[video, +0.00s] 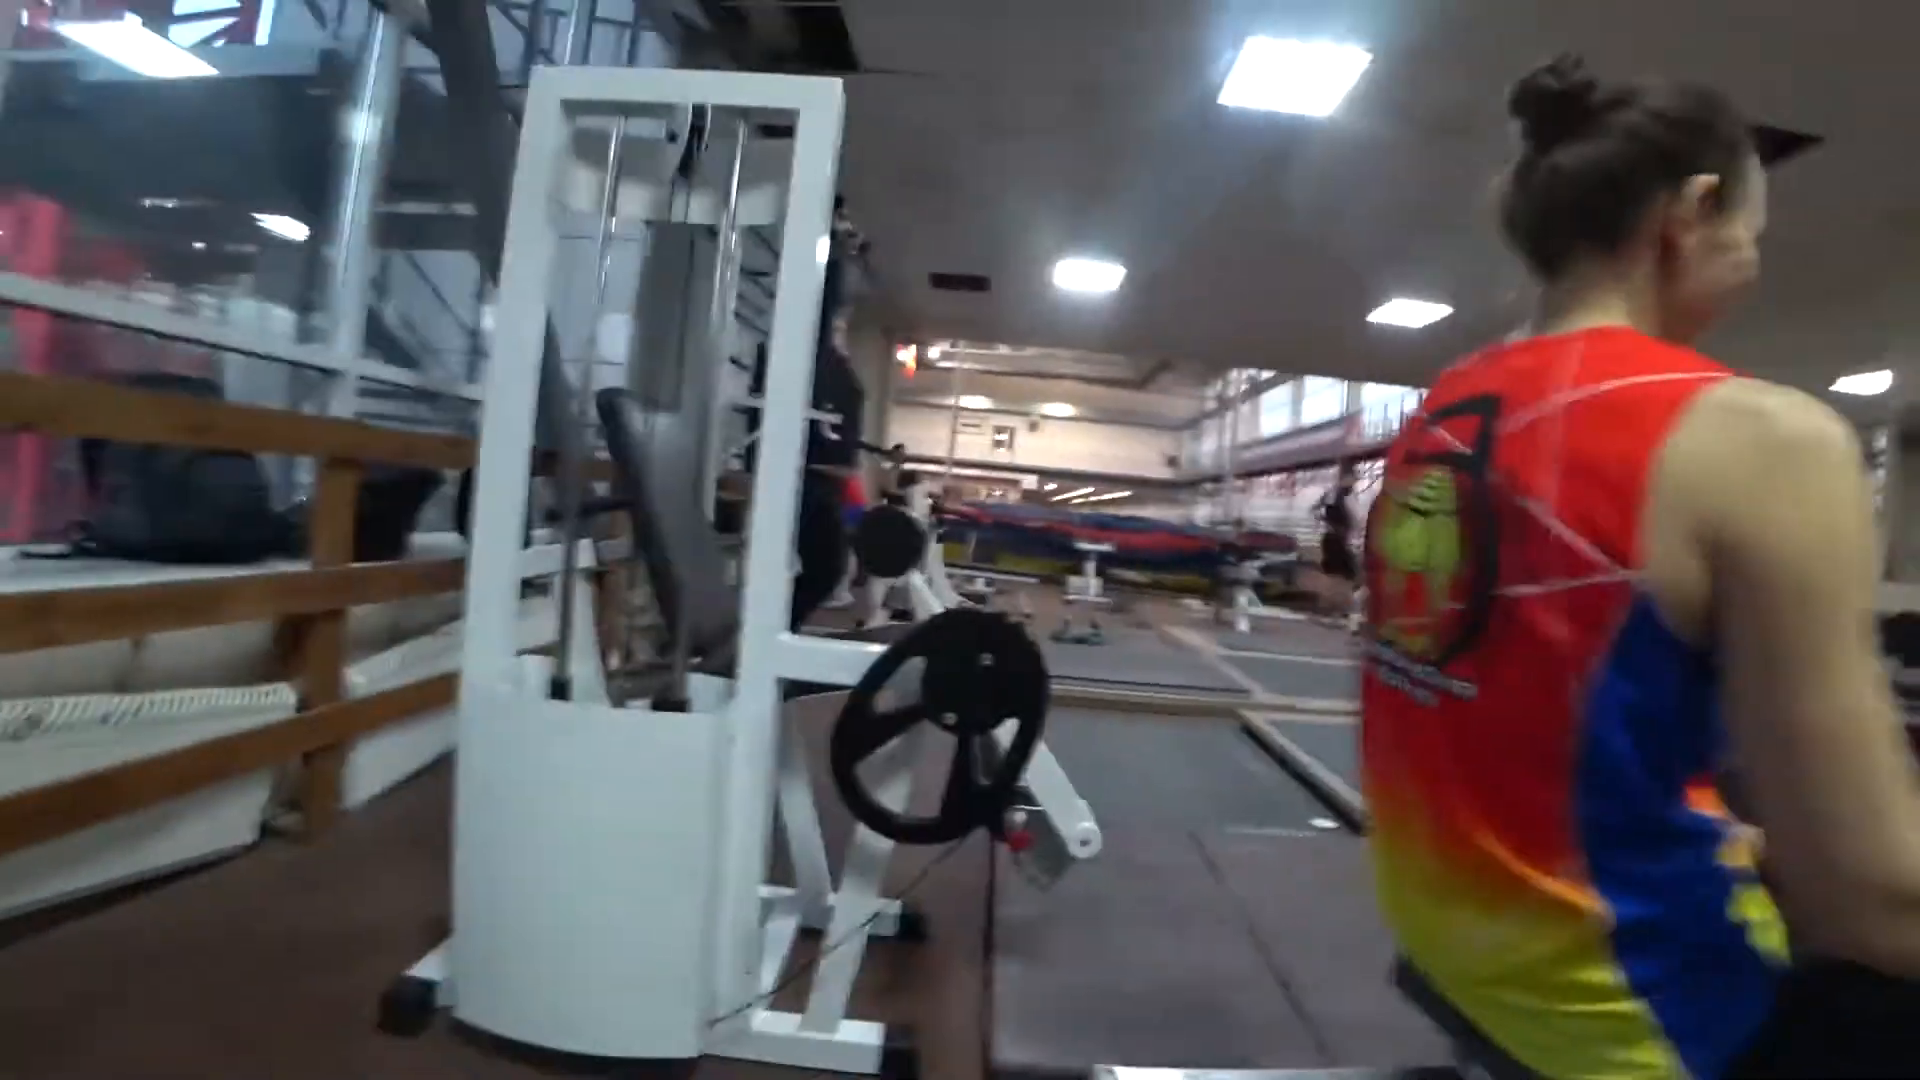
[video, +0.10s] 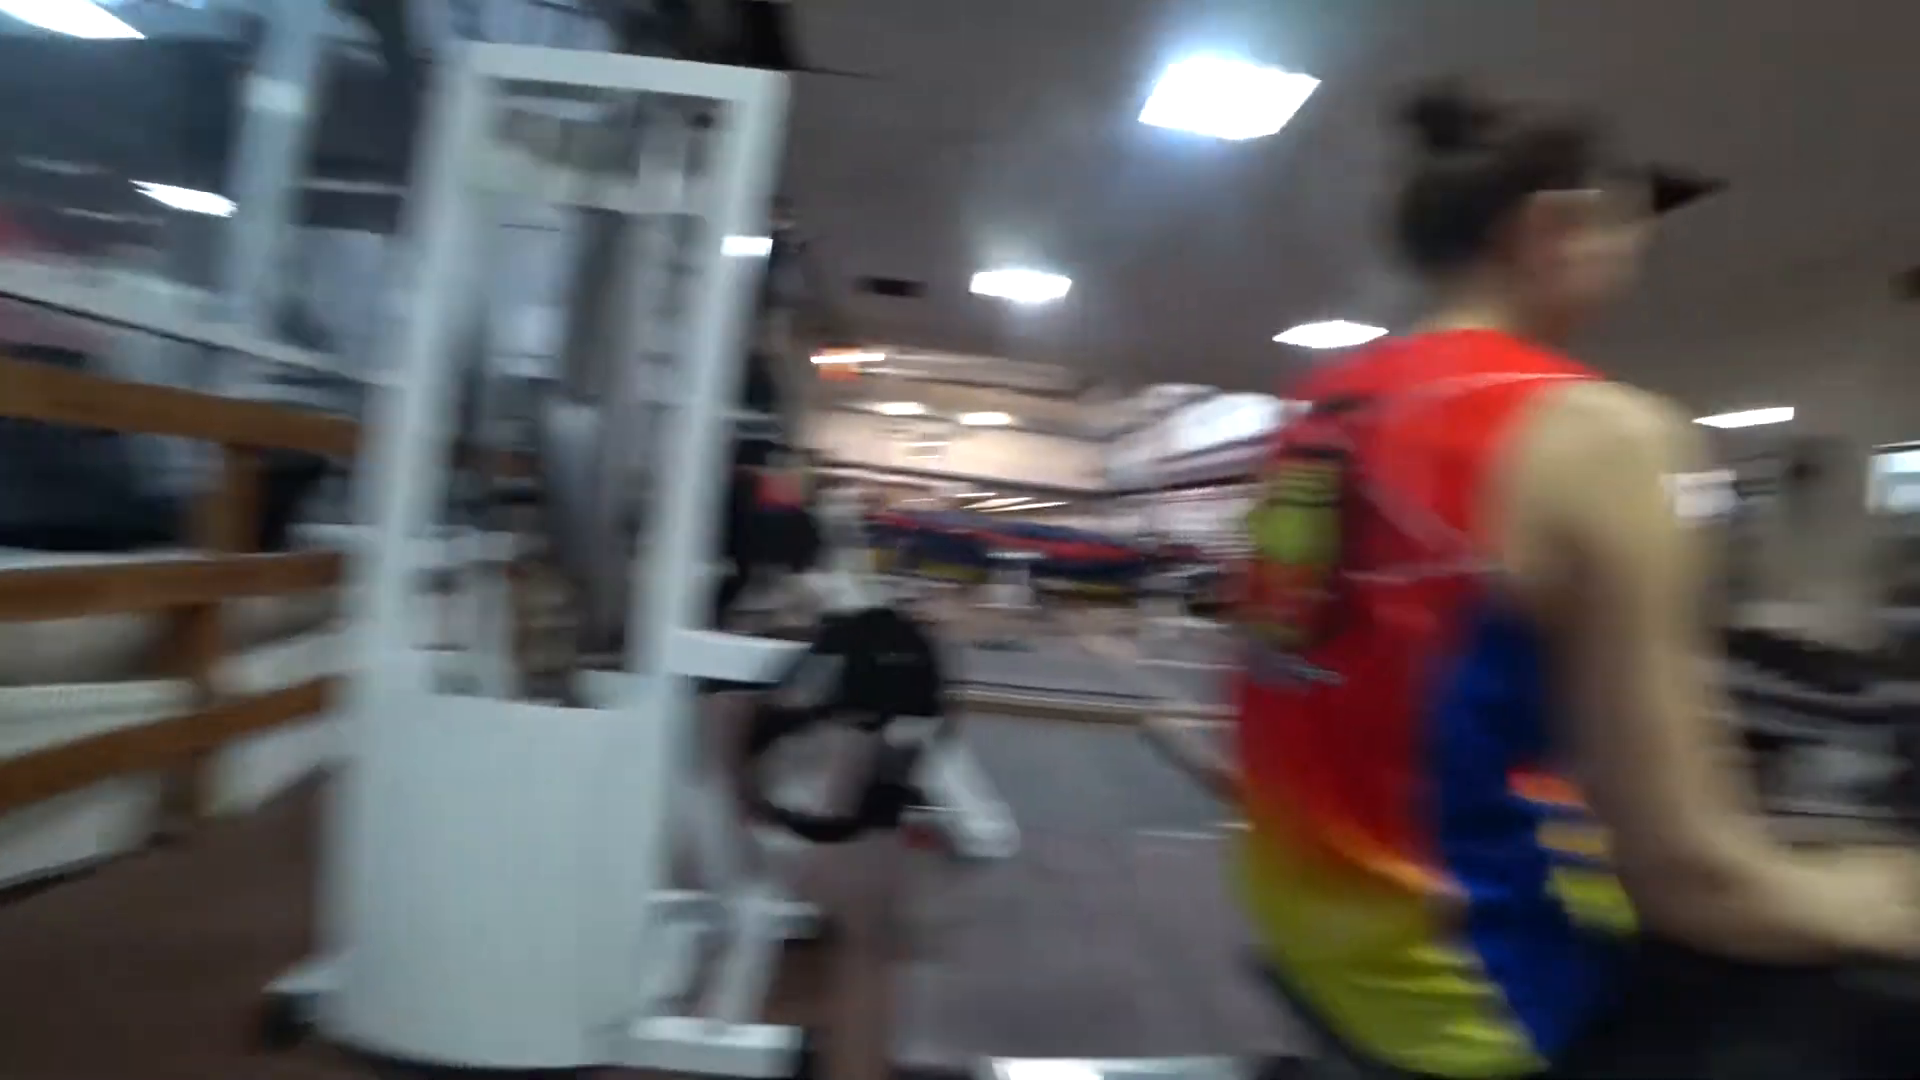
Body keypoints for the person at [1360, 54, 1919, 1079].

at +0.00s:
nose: (1750, 275)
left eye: (1754, 244)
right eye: (1749, 242)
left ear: (1556, 233)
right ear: (1691, 219)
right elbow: (1865, 903)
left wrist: (1724, 839)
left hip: (1457, 967)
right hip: (1652, 1010)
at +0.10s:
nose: (1633, 268)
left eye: (1639, 235)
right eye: (1625, 232)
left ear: (1438, 242)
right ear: (1547, 232)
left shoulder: (1335, 404)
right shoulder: (1587, 439)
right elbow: (1682, 865)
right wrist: (1867, 897)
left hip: (1316, 952)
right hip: (1483, 998)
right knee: (1877, 1015)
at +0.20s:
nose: (1441, 279)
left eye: (1447, 247)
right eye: (1442, 245)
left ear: (1267, 244)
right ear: (1383, 232)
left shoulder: (1175, 389)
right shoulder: (1418, 430)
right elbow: (1489, 838)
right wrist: (1623, 863)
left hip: (1157, 936)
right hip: (1318, 989)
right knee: (1686, 952)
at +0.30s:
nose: (1394, 282)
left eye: (1397, 249)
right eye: (1394, 247)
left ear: (1220, 243)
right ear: (1345, 235)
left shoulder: (1136, 399)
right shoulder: (1386, 427)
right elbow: (1457, 845)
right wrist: (1603, 852)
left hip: (1136, 949)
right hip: (1297, 1011)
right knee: (1658, 898)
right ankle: (1739, 1033)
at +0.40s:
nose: (1439, 259)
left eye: (1440, 229)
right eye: (1436, 228)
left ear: (1264, 248)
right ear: (1388, 231)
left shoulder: (1193, 400)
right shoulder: (1443, 428)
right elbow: (1533, 854)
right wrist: (1686, 840)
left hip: (1210, 958)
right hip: (1378, 1013)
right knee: (1744, 883)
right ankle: (1814, 1047)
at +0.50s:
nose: (1515, 249)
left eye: (1512, 220)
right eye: (1507, 217)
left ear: (1336, 253)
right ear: (1461, 225)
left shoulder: (1271, 411)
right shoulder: (1535, 432)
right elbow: (1633, 869)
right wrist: (1782, 833)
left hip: (1305, 977)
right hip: (1487, 1023)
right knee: (1875, 868)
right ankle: (1891, 1041)